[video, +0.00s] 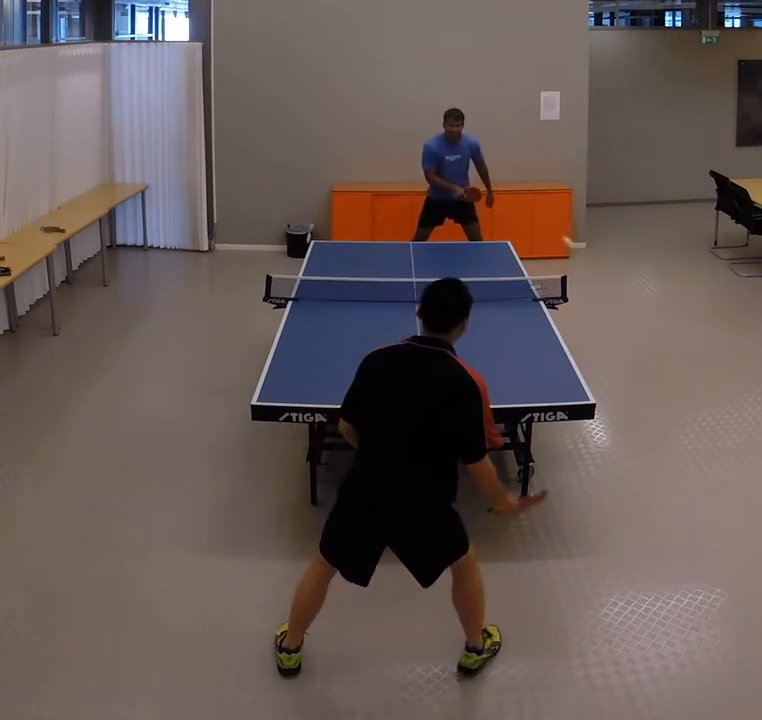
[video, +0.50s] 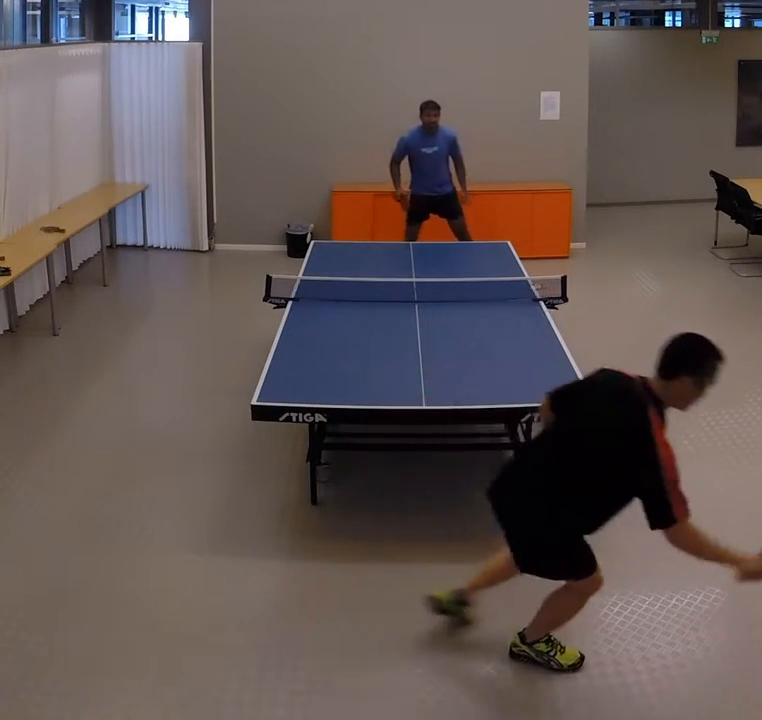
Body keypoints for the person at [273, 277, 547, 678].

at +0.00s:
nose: (464, 324)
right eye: (465, 318)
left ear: (420, 315)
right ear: (463, 323)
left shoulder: (379, 359)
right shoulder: (465, 384)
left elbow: (346, 425)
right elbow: (475, 460)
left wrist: (378, 450)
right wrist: (501, 499)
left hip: (364, 493)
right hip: (425, 502)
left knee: (323, 566)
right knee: (463, 565)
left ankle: (289, 647)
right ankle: (475, 646)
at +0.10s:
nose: (483, 338)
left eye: (481, 330)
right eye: (483, 331)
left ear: (437, 326)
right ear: (476, 336)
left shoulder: (393, 368)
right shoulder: (478, 396)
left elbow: (354, 418)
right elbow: (490, 472)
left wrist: (384, 451)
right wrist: (516, 489)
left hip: (369, 503)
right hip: (430, 514)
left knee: (326, 559)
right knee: (487, 563)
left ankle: (291, 645)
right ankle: (496, 645)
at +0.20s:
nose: (527, 348)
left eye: (527, 339)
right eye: (528, 341)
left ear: (482, 332)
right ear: (520, 345)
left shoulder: (434, 367)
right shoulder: (512, 409)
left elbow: (385, 419)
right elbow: (517, 492)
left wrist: (415, 451)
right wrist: (551, 501)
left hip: (386, 509)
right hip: (446, 525)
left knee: (341, 564)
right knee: (518, 557)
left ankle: (291, 641)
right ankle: (524, 636)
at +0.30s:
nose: (592, 363)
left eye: (593, 355)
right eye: (594, 356)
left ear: (552, 340)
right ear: (584, 356)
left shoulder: (493, 366)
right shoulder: (562, 421)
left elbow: (435, 405)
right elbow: (569, 506)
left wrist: (439, 455)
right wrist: (614, 549)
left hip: (432, 496)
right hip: (486, 518)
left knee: (382, 554)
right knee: (550, 564)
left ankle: (303, 616)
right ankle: (530, 641)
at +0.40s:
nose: (650, 380)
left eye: (653, 372)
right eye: (652, 371)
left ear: (612, 351)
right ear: (637, 367)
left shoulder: (553, 371)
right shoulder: (606, 428)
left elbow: (493, 397)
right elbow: (630, 517)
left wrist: (482, 453)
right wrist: (670, 576)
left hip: (477, 494)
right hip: (521, 522)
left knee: (447, 549)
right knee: (572, 571)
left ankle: (366, 600)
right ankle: (531, 641)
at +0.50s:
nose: (703, 394)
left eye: (706, 386)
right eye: (703, 384)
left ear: (669, 368)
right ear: (683, 378)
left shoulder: (610, 381)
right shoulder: (650, 438)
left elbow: (551, 406)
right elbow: (675, 529)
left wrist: (565, 452)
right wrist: (737, 561)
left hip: (511, 485)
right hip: (543, 518)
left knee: (533, 548)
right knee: (586, 580)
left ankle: (460, 594)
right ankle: (532, 640)